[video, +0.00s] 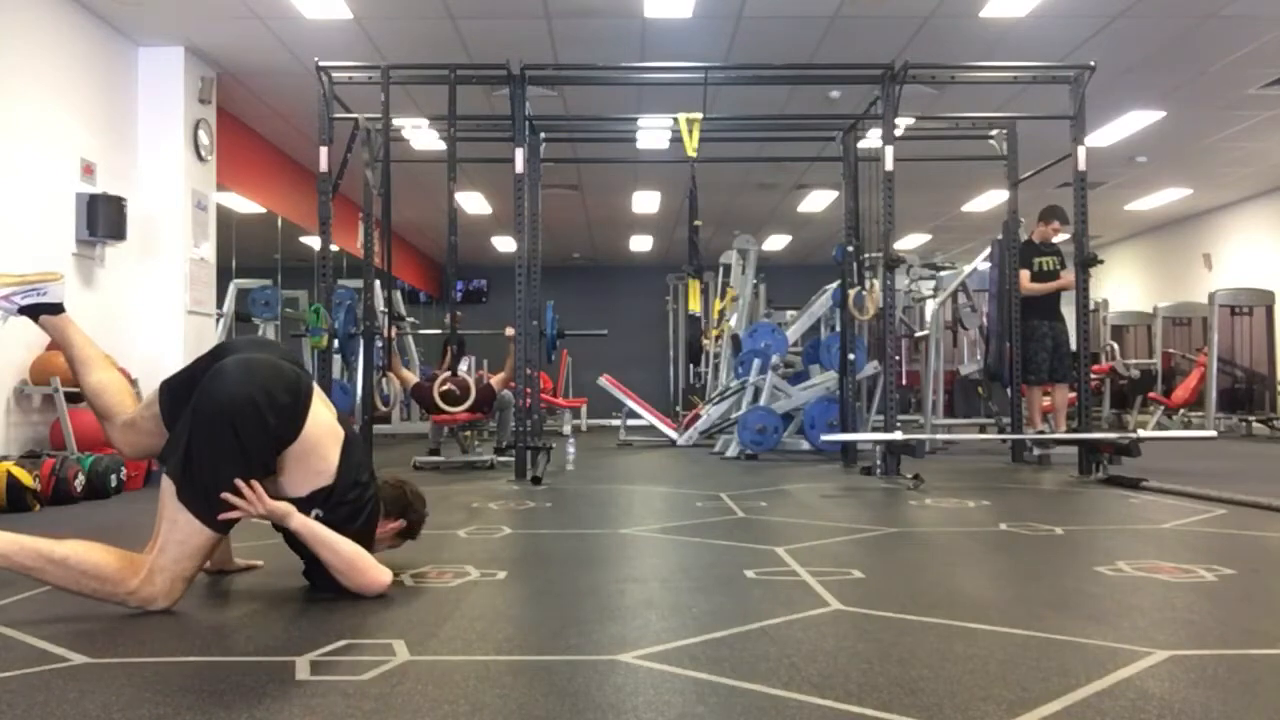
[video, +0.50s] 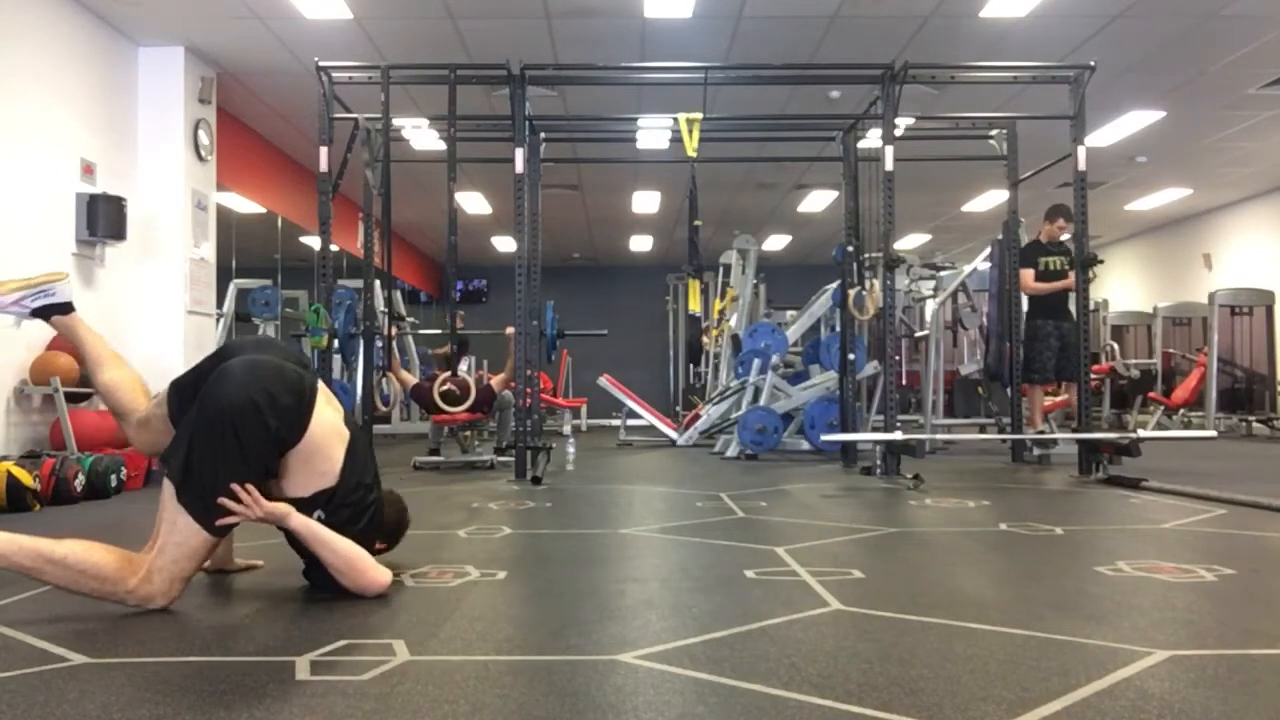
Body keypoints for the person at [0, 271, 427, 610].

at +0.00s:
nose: (388, 546)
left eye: (394, 540)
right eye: (396, 538)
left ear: (380, 505)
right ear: (390, 526)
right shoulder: (355, 516)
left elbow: (225, 464)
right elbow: (374, 581)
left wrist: (221, 553)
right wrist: (287, 514)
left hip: (254, 356)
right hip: (258, 399)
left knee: (131, 433)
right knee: (153, 586)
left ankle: (48, 312)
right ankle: (4, 542)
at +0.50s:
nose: (374, 560)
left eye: (377, 550)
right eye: (379, 551)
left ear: (364, 509)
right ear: (377, 540)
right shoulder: (351, 529)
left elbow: (229, 455)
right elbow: (376, 581)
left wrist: (220, 551)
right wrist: (290, 516)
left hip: (259, 354)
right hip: (260, 398)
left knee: (146, 429)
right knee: (154, 582)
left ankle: (60, 313)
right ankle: (4, 543)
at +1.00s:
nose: (275, 524)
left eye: (273, 531)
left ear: (274, 535)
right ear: (298, 542)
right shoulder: (329, 557)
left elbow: (267, 451)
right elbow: (393, 581)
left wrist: (230, 543)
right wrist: (331, 505)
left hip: (402, 367)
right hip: (412, 403)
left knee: (301, 381)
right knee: (231, 510)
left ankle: (284, 248)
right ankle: (34, 492)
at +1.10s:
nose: (278, 535)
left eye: (278, 537)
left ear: (283, 536)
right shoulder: (332, 557)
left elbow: (274, 450)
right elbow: (392, 583)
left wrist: (230, 528)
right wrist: (344, 498)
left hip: (436, 381)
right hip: (451, 418)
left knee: (334, 384)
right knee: (258, 506)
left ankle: (338, 268)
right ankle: (83, 457)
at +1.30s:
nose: (329, 482)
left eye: (324, 476)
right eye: (315, 488)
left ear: (339, 477)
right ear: (312, 518)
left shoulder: (371, 474)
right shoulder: (345, 553)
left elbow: (349, 415)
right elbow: (384, 584)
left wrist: (277, 453)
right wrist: (368, 530)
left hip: (518, 434)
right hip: (519, 479)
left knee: (398, 391)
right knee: (322, 439)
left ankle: (473, 319)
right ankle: (227, 318)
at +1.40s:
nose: (355, 464)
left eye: (351, 457)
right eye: (339, 470)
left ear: (367, 455)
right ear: (332, 499)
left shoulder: (410, 480)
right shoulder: (357, 541)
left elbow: (390, 400)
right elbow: (376, 583)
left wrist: (315, 410)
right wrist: (359, 540)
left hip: (561, 471)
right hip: (535, 515)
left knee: (450, 381)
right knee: (383, 404)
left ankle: (556, 345)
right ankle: (344, 256)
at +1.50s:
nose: (387, 449)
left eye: (383, 441)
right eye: (369, 451)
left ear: (396, 448)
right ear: (352, 481)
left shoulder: (437, 482)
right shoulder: (382, 527)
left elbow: (449, 403)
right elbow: (373, 562)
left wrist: (379, 370)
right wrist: (360, 526)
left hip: (588, 500)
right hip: (549, 533)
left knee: (522, 368)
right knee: (459, 381)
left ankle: (640, 394)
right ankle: (483, 223)